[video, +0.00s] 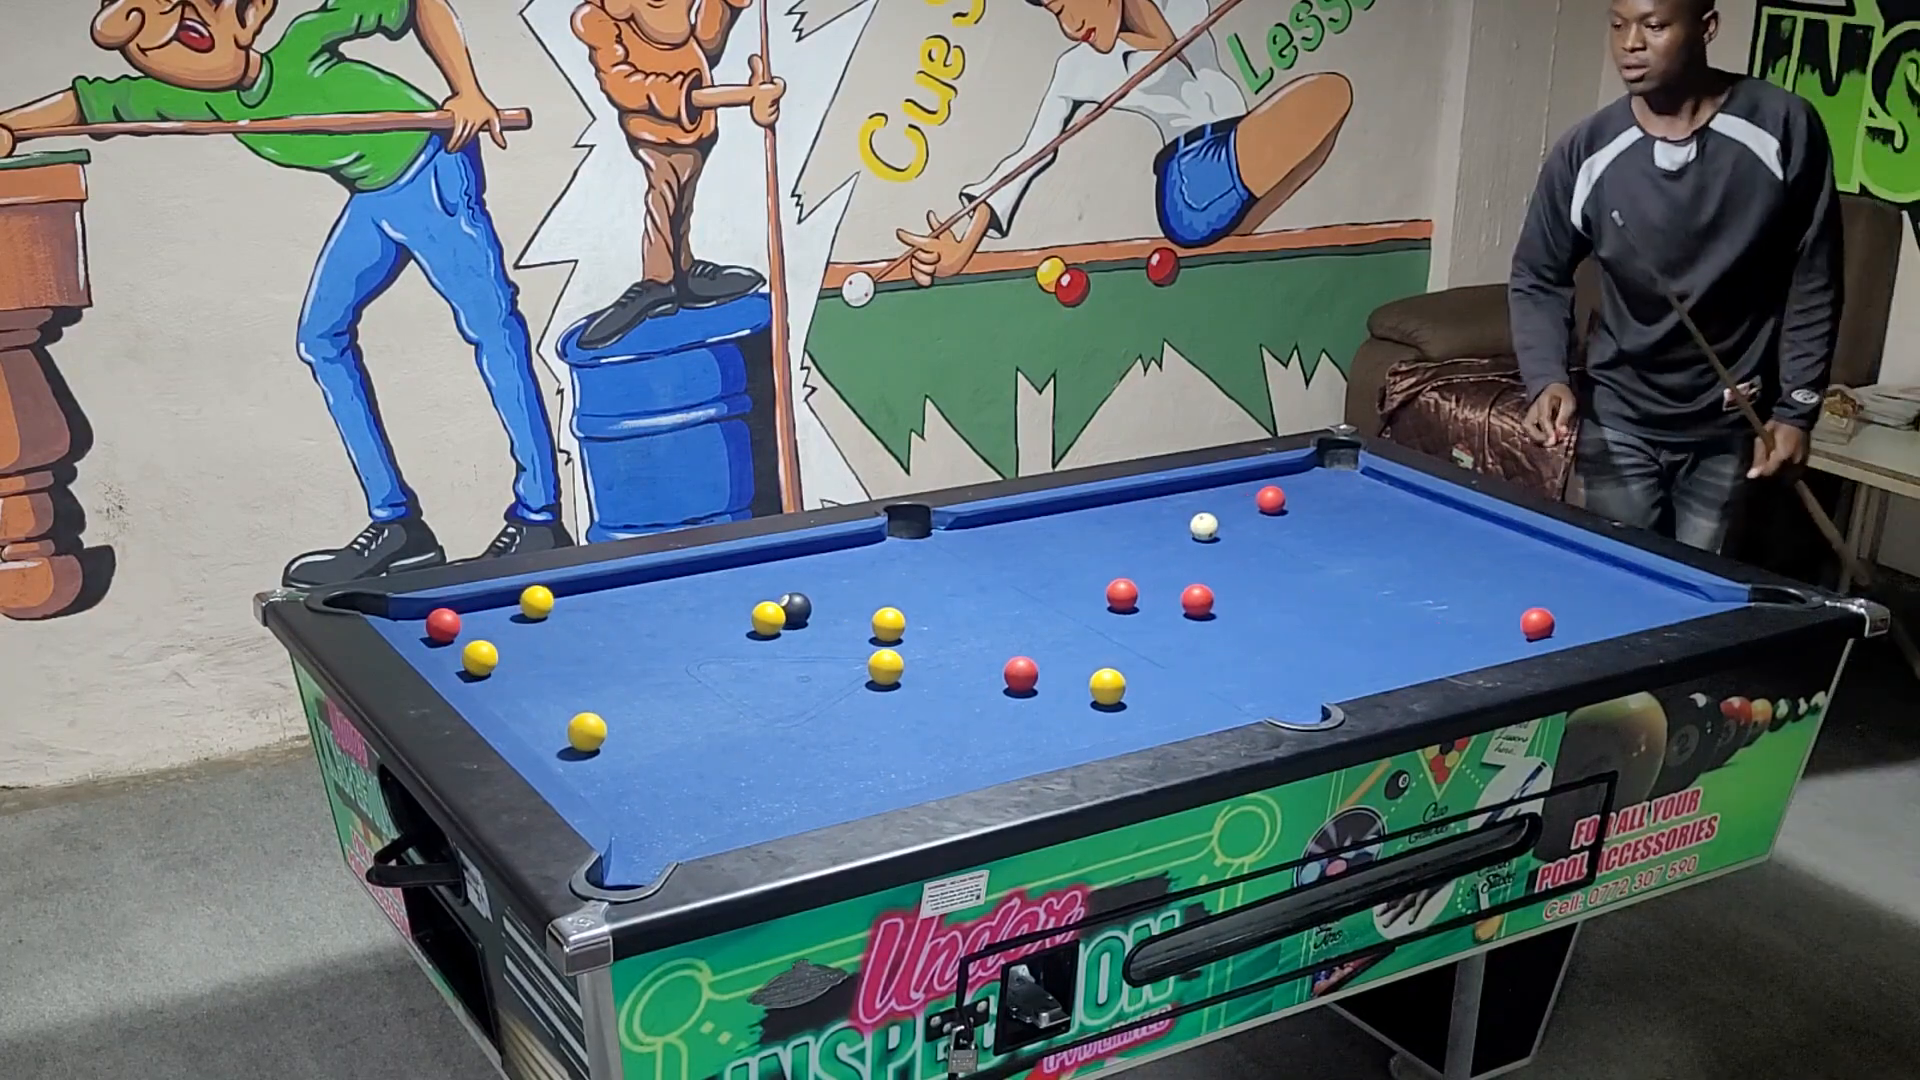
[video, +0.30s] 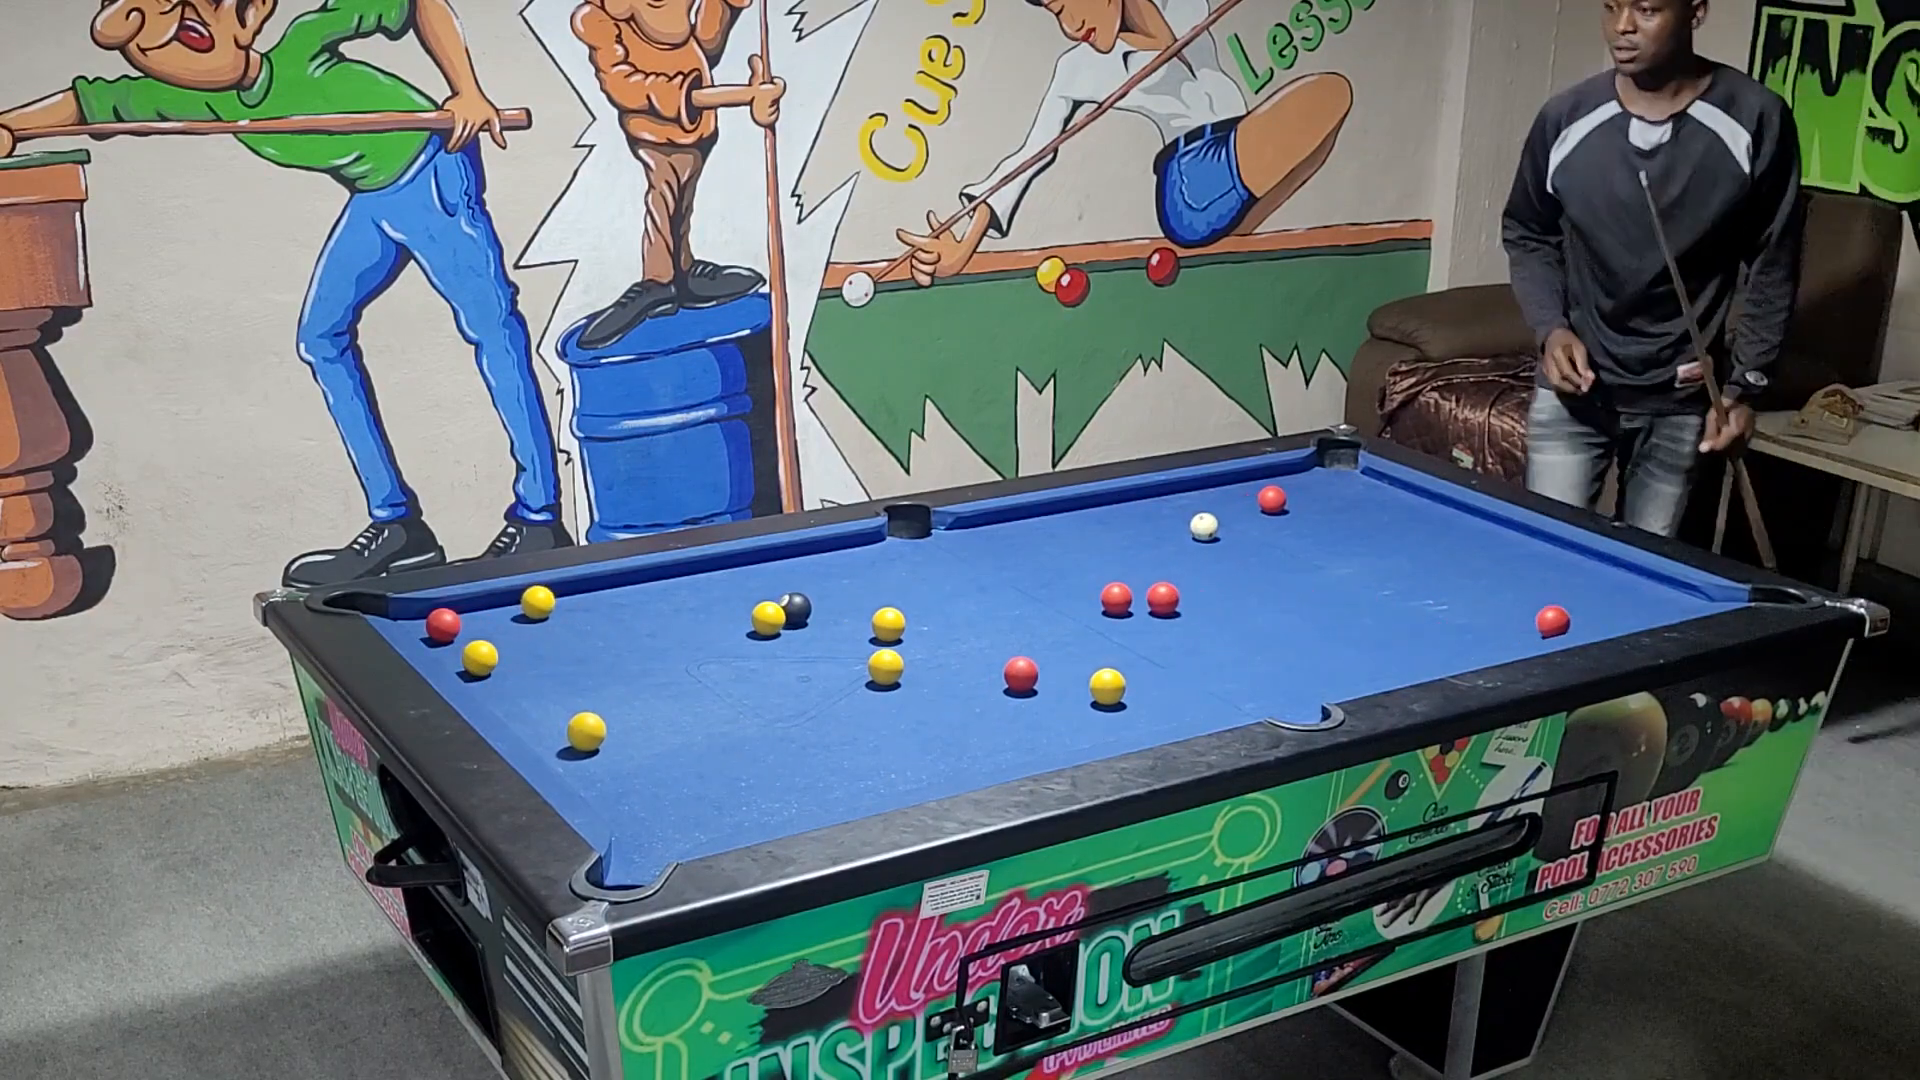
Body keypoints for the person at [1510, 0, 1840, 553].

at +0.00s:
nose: (1630, 44)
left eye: (1655, 25)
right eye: (1619, 25)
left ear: (1707, 28)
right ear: (1608, 31)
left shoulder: (1783, 126)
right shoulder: (1583, 152)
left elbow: (1813, 278)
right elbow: (1537, 277)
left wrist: (1795, 409)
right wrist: (1547, 380)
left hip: (1731, 424)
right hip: (1618, 417)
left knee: (1694, 614)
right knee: (1614, 605)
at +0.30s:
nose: (1623, 26)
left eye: (1646, 9)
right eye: (1613, 8)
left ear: (1696, 15)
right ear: (1602, 13)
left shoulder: (1758, 119)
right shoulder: (1565, 116)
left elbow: (1773, 264)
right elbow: (1528, 233)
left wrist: (1746, 385)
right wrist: (1550, 328)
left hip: (1682, 395)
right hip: (1572, 383)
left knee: (1640, 578)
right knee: (1546, 562)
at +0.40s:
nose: (1607, 18)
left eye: (1630, 3)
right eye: (1599, 3)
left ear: (1679, 11)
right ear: (1589, 10)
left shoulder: (1741, 115)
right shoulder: (1551, 111)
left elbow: (1763, 255)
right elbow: (1515, 223)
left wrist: (1729, 373)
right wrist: (1537, 313)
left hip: (1663, 392)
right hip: (1552, 379)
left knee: (1626, 574)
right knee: (1506, 548)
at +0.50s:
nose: (1583, 15)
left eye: (1605, 1)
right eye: (1575, 0)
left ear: (1655, 8)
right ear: (1565, 8)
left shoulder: (1718, 114)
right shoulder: (1529, 107)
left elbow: (1737, 256)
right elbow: (1497, 218)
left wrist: (1711, 372)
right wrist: (1514, 306)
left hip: (1637, 389)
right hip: (1526, 374)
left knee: (1614, 572)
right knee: (1465, 531)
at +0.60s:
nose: (1549, 13)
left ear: (1618, 7)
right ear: (1534, 7)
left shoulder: (1684, 112)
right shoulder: (1502, 105)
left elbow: (1710, 252)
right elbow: (1475, 215)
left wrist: (1686, 371)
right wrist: (1483, 294)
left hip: (1607, 386)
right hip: (1498, 373)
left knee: (1590, 564)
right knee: (1433, 519)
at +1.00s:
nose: (1369, 16)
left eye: (1390, 3)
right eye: (1360, 2)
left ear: (1432, 9)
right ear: (1350, 8)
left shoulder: (1481, 100)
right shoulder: (1345, 98)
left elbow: (1525, 235)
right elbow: (1330, 210)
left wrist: (1474, 348)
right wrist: (1295, 259)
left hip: (1432, 363)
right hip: (1353, 352)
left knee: (1429, 522)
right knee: (1341, 514)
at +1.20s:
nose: (1311, 11)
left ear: (1362, 6)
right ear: (1284, 6)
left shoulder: (1404, 95)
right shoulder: (1267, 94)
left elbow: (1429, 237)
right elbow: (1247, 206)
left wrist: (1365, 344)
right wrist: (1207, 212)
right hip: (1297, 343)